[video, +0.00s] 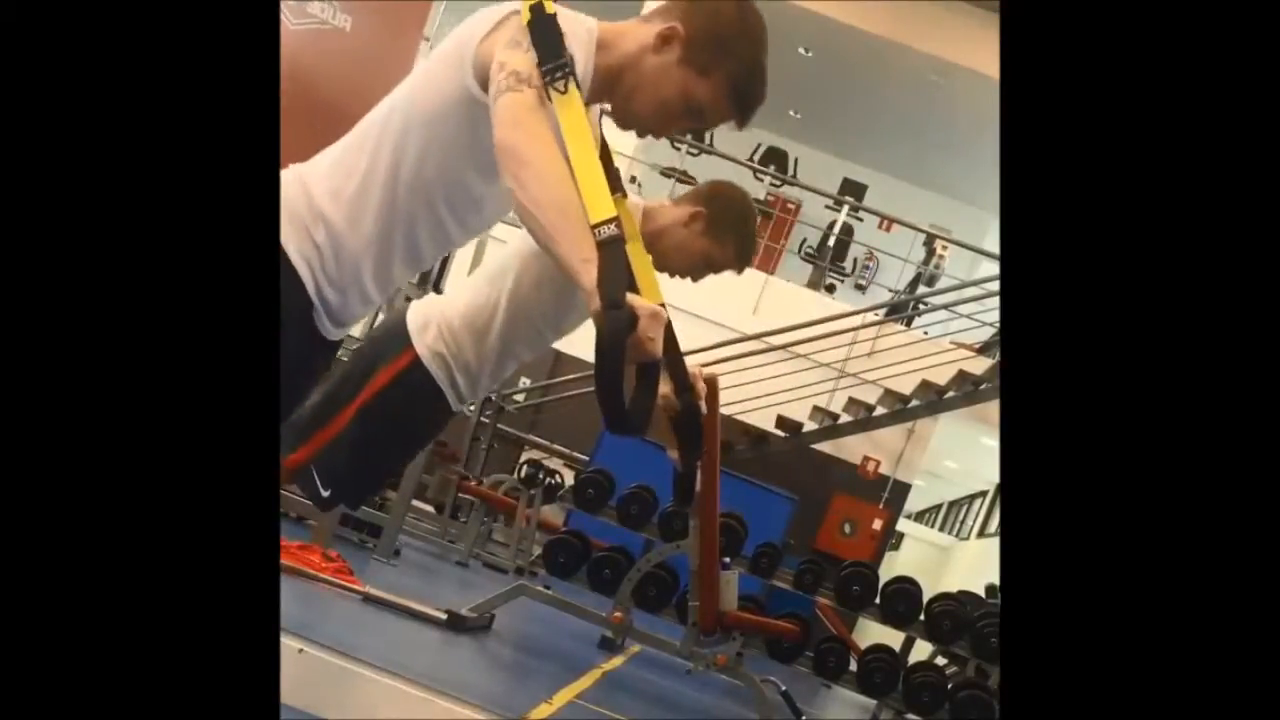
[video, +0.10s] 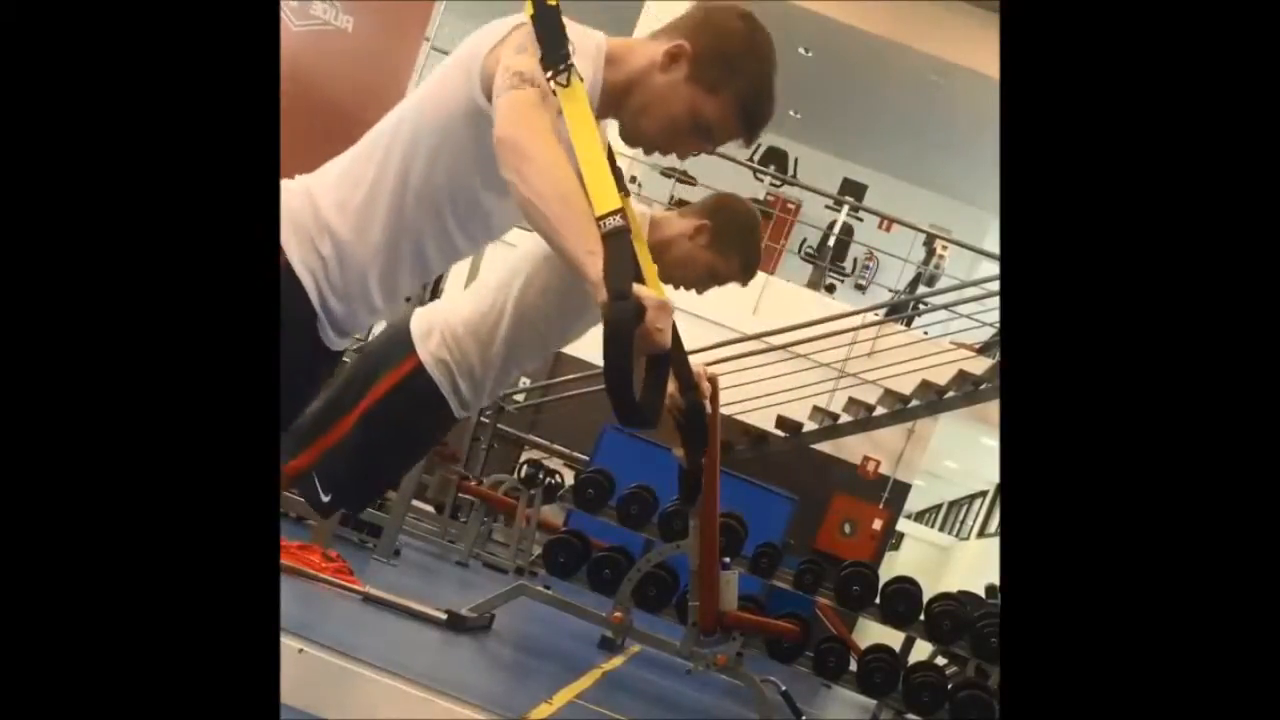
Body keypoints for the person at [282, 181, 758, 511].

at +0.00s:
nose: (696, 277)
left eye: (709, 272)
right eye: (708, 264)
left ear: (689, 219)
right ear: (692, 220)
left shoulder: (627, 257)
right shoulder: (609, 217)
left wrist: (676, 391)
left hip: (443, 382)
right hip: (419, 356)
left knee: (320, 502)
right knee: (295, 488)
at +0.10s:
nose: (698, 289)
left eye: (711, 285)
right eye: (710, 277)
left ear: (694, 232)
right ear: (696, 233)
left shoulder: (634, 263)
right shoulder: (616, 219)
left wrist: (673, 373)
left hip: (444, 387)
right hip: (422, 364)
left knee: (318, 506)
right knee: (297, 493)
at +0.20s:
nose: (696, 305)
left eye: (710, 303)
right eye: (708, 294)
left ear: (700, 248)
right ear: (701, 247)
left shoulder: (639, 273)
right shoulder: (626, 235)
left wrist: (681, 370)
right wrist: (677, 359)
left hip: (447, 395)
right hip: (425, 374)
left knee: (321, 514)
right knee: (297, 503)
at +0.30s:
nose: (699, 329)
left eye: (716, 328)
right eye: (711, 315)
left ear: (702, 274)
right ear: (704, 269)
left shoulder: (649, 302)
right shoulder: (633, 252)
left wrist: (696, 394)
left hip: (453, 403)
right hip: (433, 381)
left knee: (323, 518)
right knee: (301, 507)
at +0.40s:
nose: (708, 350)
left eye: (722, 348)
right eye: (719, 339)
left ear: (718, 295)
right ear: (715, 298)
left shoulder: (661, 320)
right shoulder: (645, 282)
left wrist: (697, 390)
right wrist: (692, 387)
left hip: (460, 416)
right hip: (442, 397)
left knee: (332, 518)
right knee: (309, 508)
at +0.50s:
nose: (724, 365)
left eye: (735, 364)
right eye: (736, 355)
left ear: (728, 334)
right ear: (730, 318)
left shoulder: (670, 355)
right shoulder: (662, 294)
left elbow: (668, 413)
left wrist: (695, 404)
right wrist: (687, 376)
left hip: (475, 434)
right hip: (455, 404)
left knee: (342, 524)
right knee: (320, 512)